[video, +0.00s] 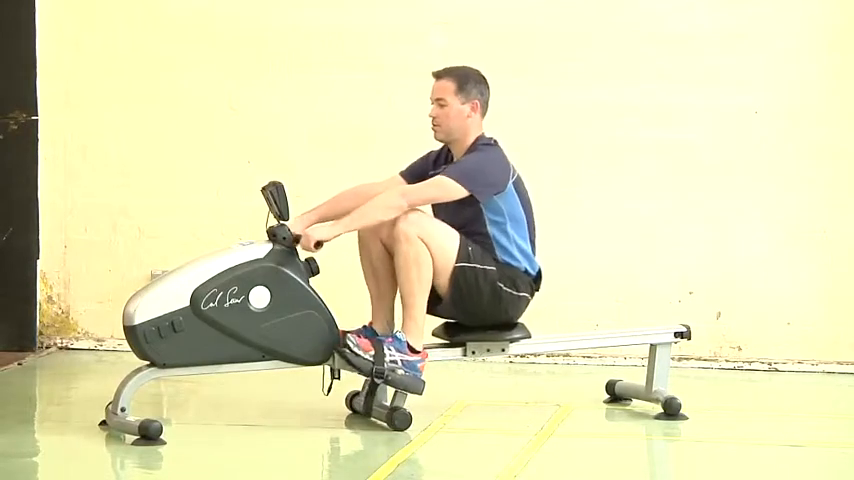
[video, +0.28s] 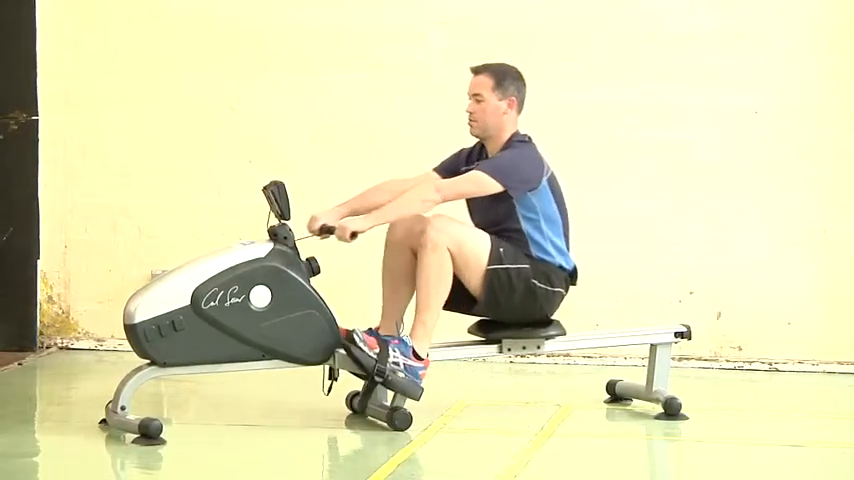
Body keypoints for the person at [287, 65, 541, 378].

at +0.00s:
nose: (431, 113)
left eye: (440, 104)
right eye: (432, 104)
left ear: (473, 109)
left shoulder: (487, 162)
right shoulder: (436, 161)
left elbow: (405, 199)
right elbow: (380, 191)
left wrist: (336, 228)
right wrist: (308, 218)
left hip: (504, 289)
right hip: (462, 289)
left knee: (410, 224)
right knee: (374, 222)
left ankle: (412, 350)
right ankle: (381, 334)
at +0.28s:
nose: (468, 108)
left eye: (477, 100)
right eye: (469, 99)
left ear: (509, 106)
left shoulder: (522, 159)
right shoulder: (470, 158)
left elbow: (437, 193)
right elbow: (409, 188)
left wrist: (367, 222)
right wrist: (339, 211)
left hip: (538, 285)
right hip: (497, 284)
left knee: (439, 229)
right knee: (403, 225)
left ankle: (416, 355)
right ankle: (386, 338)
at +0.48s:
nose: (514, 105)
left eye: (523, 96)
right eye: (515, 96)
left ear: (556, 100)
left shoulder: (570, 155)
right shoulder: (515, 154)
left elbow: (488, 188)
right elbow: (454, 184)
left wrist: (417, 215)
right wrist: (388, 203)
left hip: (575, 281)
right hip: (537, 276)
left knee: (466, 242)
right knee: (434, 236)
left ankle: (419, 358)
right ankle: (391, 340)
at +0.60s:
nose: (549, 103)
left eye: (557, 94)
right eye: (549, 94)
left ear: (589, 98)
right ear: (583, 98)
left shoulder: (605, 153)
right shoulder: (552, 152)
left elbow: (528, 193)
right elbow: (494, 181)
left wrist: (457, 212)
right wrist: (426, 200)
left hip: (596, 278)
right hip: (562, 271)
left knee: (485, 253)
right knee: (453, 248)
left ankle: (421, 359)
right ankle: (393, 341)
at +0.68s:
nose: (571, 103)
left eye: (580, 94)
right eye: (571, 94)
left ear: (611, 97)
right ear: (600, 98)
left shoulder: (629, 153)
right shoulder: (577, 150)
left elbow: (557, 197)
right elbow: (523, 183)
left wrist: (481, 210)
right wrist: (459, 199)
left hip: (611, 277)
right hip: (577, 267)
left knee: (495, 259)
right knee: (462, 256)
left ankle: (422, 359)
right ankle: (394, 343)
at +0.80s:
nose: (601, 105)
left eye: (610, 96)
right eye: (601, 96)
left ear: (642, 97)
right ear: (626, 98)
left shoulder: (660, 154)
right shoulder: (608, 153)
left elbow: (604, 208)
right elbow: (554, 191)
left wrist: (530, 211)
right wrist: (498, 202)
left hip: (630, 276)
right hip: (595, 265)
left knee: (511, 273)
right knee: (478, 267)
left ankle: (422, 361)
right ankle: (398, 344)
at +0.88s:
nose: (618, 108)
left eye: (626, 99)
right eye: (617, 99)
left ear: (658, 100)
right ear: (633, 101)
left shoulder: (676, 155)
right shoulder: (624, 153)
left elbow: (633, 217)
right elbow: (576, 196)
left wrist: (556, 211)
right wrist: (528, 204)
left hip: (638, 275)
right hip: (604, 265)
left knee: (515, 286)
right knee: (484, 279)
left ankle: (421, 364)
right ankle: (398, 345)